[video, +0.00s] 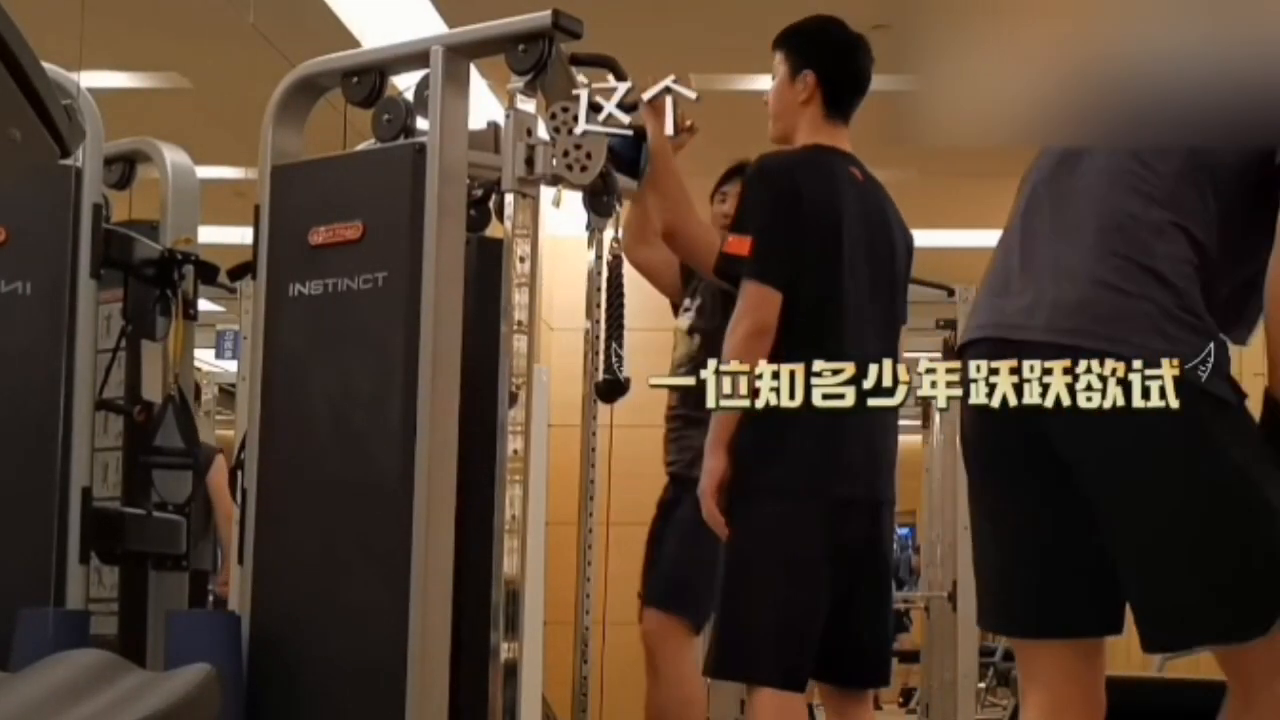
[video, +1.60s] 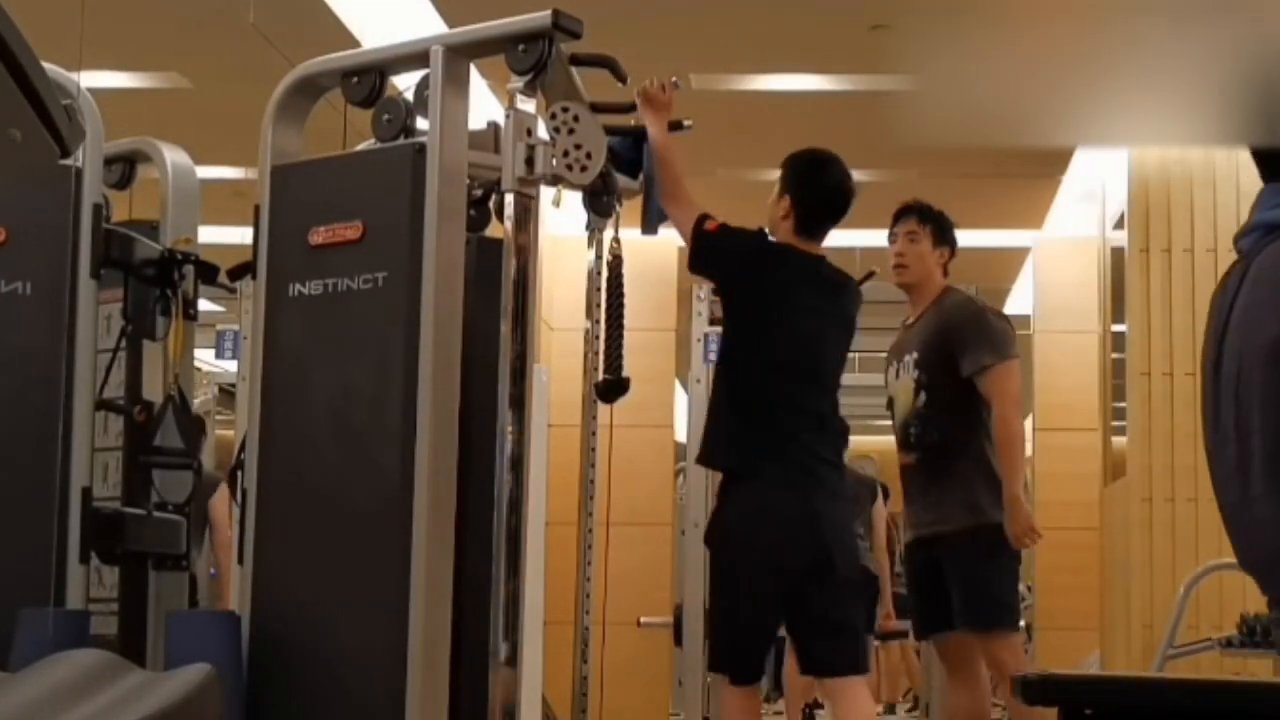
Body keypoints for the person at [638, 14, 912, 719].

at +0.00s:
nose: (767, 96)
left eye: (773, 80)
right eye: (769, 81)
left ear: (805, 87)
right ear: (850, 94)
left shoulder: (786, 177)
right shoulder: (887, 212)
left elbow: (756, 321)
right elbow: (880, 354)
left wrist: (717, 446)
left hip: (784, 472)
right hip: (863, 479)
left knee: (775, 684)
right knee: (852, 688)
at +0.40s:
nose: (756, 106)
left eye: (756, 94)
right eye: (764, 94)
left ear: (765, 100)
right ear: (836, 107)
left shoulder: (748, 188)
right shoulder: (873, 221)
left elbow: (723, 319)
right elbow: (871, 346)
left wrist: (686, 442)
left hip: (778, 469)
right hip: (864, 472)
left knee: (781, 678)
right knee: (858, 671)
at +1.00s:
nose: (817, 154)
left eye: (819, 144)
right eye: (820, 145)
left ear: (825, 153)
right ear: (891, 162)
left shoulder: (789, 233)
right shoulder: (917, 263)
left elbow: (737, 353)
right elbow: (919, 399)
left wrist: (713, 377)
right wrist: (885, 450)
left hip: (807, 484)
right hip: (894, 491)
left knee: (759, 666)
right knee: (888, 671)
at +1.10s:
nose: (818, 161)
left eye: (820, 153)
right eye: (822, 153)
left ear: (828, 160)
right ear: (891, 168)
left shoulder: (790, 237)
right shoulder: (917, 267)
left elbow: (714, 326)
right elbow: (915, 399)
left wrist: (698, 303)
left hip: (804, 495)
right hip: (890, 500)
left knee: (766, 670)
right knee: (889, 675)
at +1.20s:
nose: (817, 169)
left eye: (819, 160)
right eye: (823, 159)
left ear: (827, 168)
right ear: (888, 176)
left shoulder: (784, 243)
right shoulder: (912, 271)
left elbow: (692, 284)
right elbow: (908, 388)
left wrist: (679, 241)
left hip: (801, 493)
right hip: (885, 497)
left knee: (771, 668)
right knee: (885, 672)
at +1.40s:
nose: (799, 191)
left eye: (803, 180)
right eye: (808, 180)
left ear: (812, 188)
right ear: (868, 199)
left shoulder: (770, 251)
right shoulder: (887, 284)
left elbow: (689, 219)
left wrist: (666, 153)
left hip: (789, 495)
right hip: (869, 499)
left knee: (770, 674)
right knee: (874, 675)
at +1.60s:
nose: (771, 201)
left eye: (777, 192)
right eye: (778, 192)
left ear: (786, 204)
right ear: (835, 216)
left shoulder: (751, 260)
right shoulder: (844, 291)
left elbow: (678, 204)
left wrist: (657, 124)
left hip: (751, 493)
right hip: (826, 497)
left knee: (741, 677)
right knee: (846, 676)